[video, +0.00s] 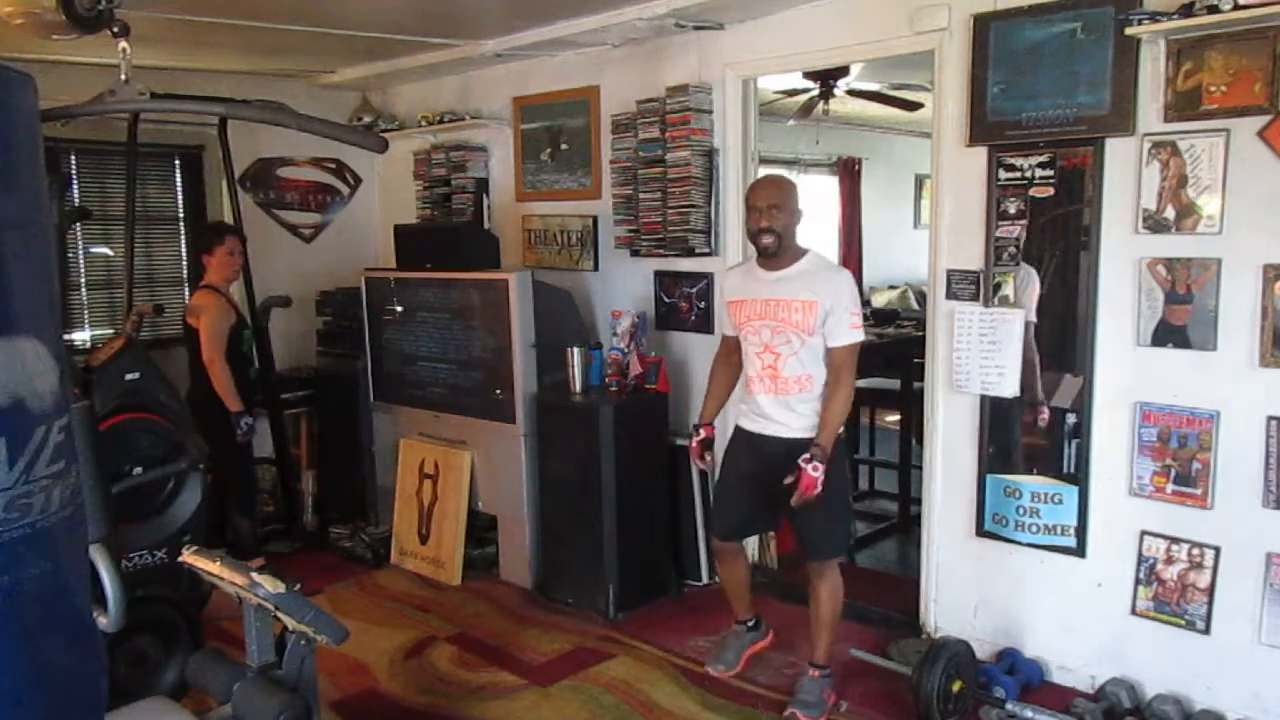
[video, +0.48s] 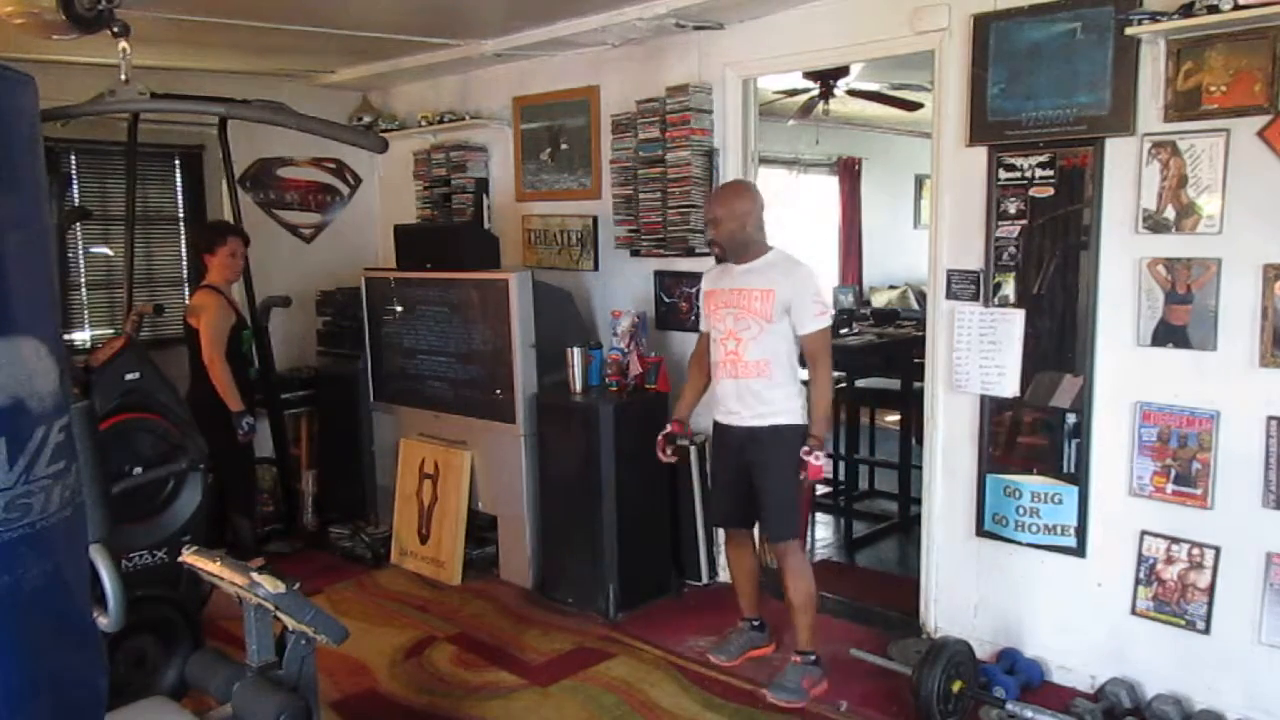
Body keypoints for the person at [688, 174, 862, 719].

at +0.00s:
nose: (762, 221)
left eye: (774, 211)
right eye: (754, 211)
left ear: (797, 217)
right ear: (744, 217)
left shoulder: (833, 283)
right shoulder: (734, 280)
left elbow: (842, 376)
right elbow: (730, 352)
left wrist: (821, 452)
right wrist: (705, 420)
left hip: (814, 441)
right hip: (750, 434)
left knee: (823, 560)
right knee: (724, 538)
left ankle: (817, 670)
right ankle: (747, 625)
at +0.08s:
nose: (762, 222)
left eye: (773, 212)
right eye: (753, 213)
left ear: (794, 217)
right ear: (742, 218)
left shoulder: (831, 282)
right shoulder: (732, 282)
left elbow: (848, 375)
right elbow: (725, 358)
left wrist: (829, 451)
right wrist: (702, 428)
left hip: (811, 441)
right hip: (746, 436)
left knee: (819, 559)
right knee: (724, 539)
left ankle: (817, 671)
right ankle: (748, 621)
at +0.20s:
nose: (749, 225)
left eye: (760, 215)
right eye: (742, 216)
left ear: (784, 220)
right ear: (733, 223)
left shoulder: (820, 284)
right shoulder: (723, 284)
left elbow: (848, 371)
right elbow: (716, 363)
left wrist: (849, 452)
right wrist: (695, 432)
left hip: (800, 439)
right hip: (738, 437)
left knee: (811, 557)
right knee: (740, 540)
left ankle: (817, 671)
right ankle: (752, 627)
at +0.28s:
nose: (731, 226)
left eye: (742, 216)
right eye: (727, 217)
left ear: (772, 218)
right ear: (724, 221)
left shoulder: (809, 283)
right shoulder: (717, 283)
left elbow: (841, 370)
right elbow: (708, 360)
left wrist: (850, 451)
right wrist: (689, 426)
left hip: (793, 436)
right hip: (734, 435)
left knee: (806, 555)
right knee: (743, 539)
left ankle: (816, 670)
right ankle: (753, 627)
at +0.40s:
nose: (712, 230)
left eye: (719, 220)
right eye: (711, 220)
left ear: (753, 221)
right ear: (728, 221)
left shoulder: (799, 281)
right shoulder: (714, 282)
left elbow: (830, 367)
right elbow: (702, 358)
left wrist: (836, 447)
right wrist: (681, 419)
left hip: (785, 434)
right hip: (728, 432)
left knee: (796, 548)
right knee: (736, 535)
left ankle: (813, 665)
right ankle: (752, 626)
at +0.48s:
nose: (707, 232)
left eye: (714, 222)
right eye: (706, 223)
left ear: (748, 220)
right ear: (726, 220)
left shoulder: (795, 277)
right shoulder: (713, 280)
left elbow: (820, 361)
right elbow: (703, 355)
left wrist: (818, 436)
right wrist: (679, 419)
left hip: (781, 430)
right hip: (727, 428)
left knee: (785, 543)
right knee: (735, 534)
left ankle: (806, 657)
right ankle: (751, 627)